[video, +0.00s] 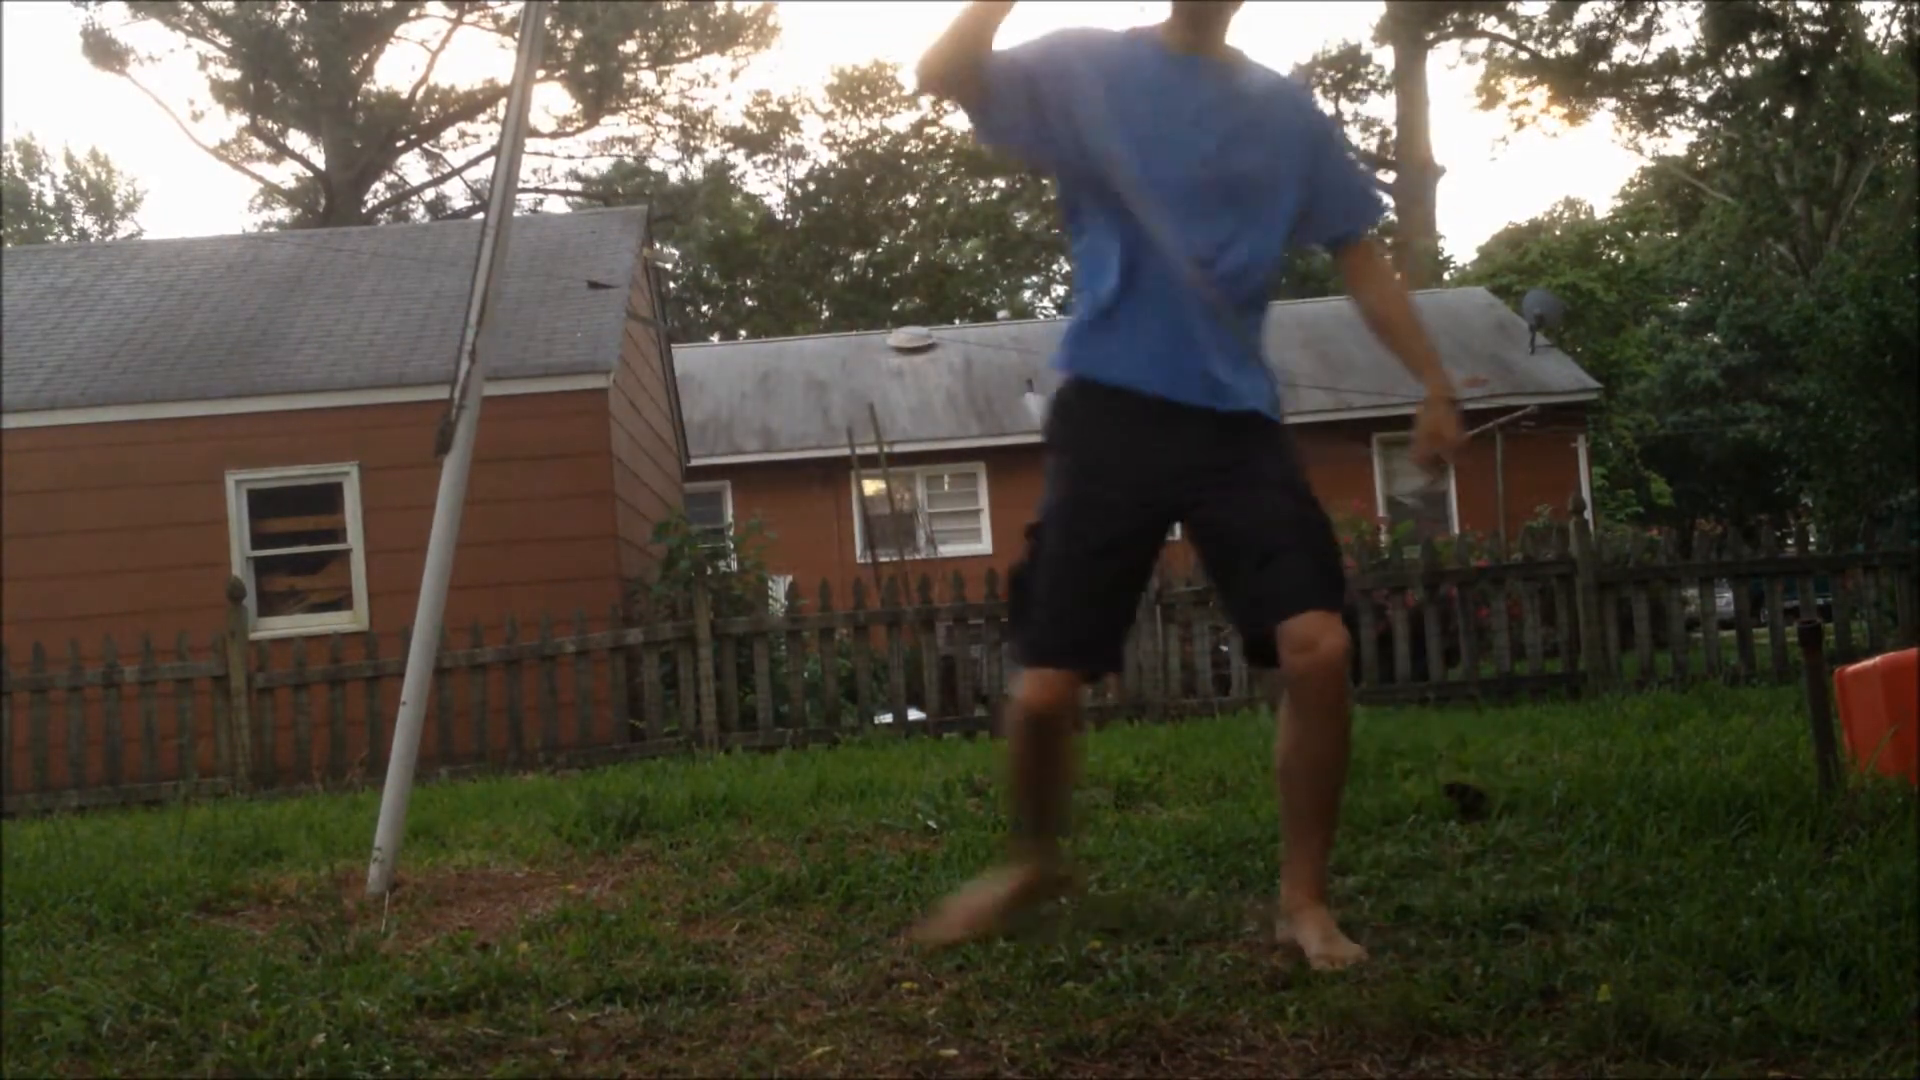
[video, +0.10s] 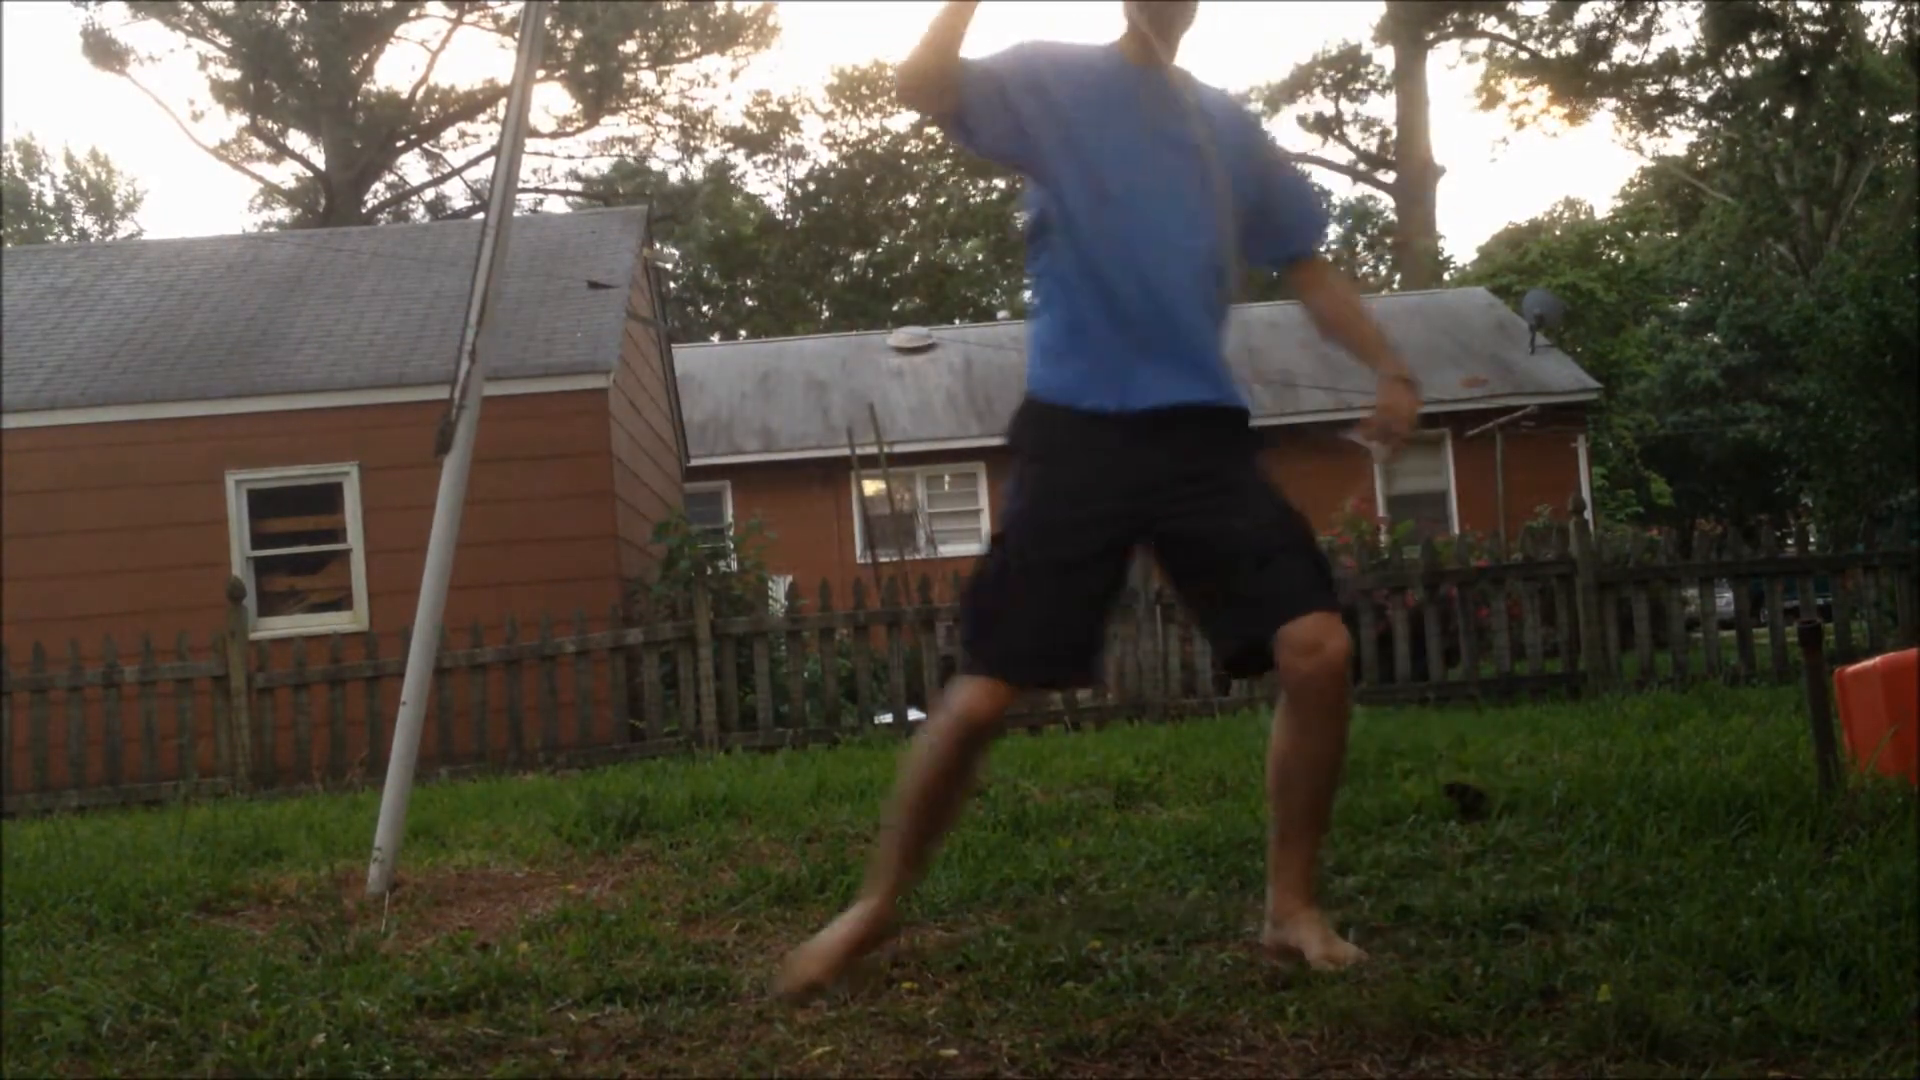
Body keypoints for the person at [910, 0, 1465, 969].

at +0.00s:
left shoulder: (1290, 112)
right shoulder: (1090, 67)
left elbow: (1364, 263)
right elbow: (943, 73)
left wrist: (1437, 386)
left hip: (1235, 416)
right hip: (1108, 408)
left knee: (1317, 651)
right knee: (1039, 692)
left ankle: (1304, 902)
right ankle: (1035, 859)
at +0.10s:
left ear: (1194, 6)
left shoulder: (1229, 126)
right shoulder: (1054, 78)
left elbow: (1309, 264)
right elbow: (921, 83)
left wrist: (1392, 371)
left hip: (1202, 433)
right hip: (1074, 432)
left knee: (1318, 652)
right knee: (984, 696)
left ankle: (1292, 909)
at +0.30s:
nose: (1031, 13)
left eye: (1046, 0)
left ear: (1065, 22)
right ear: (984, 16)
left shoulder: (1113, 161)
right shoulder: (916, 126)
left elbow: (1194, 303)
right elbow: (768, 127)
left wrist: (1270, 393)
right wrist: (835, 23)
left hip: (1087, 457)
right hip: (954, 460)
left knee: (1258, 668)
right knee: (860, 728)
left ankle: (1278, 913)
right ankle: (798, 955)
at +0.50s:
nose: (913, 19)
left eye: (930, 3)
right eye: (894, 4)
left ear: (953, 25)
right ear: (866, 28)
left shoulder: (1019, 149)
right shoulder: (803, 159)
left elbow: (1115, 278)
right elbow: (664, 234)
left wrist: (1208, 404)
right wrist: (683, 114)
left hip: (995, 464)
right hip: (856, 472)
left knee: (1157, 685)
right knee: (804, 745)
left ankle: (1264, 916)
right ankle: (797, 963)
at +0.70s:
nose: (848, 12)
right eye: (826, 3)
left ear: (892, 14)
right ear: (801, 24)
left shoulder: (959, 127)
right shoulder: (780, 156)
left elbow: (1081, 244)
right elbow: (701, 281)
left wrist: (1195, 374)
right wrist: (603, 201)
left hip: (956, 460)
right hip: (819, 475)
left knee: (1114, 695)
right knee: (791, 748)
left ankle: (1261, 914)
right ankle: (800, 957)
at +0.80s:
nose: (831, 12)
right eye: (812, 1)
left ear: (884, 11)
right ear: (790, 22)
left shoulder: (953, 126)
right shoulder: (777, 151)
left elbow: (1072, 247)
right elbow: (723, 286)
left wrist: (1175, 385)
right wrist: (602, 261)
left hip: (954, 462)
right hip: (818, 479)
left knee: (1112, 689)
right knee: (793, 739)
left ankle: (1264, 903)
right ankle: (802, 957)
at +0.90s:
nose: (803, 19)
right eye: (796, 5)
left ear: (878, 6)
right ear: (794, 21)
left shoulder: (961, 119)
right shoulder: (793, 140)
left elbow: (1079, 252)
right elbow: (754, 285)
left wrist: (1165, 396)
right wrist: (635, 293)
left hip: (963, 455)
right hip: (833, 474)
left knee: (1105, 678)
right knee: (798, 724)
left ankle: (1269, 870)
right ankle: (804, 957)